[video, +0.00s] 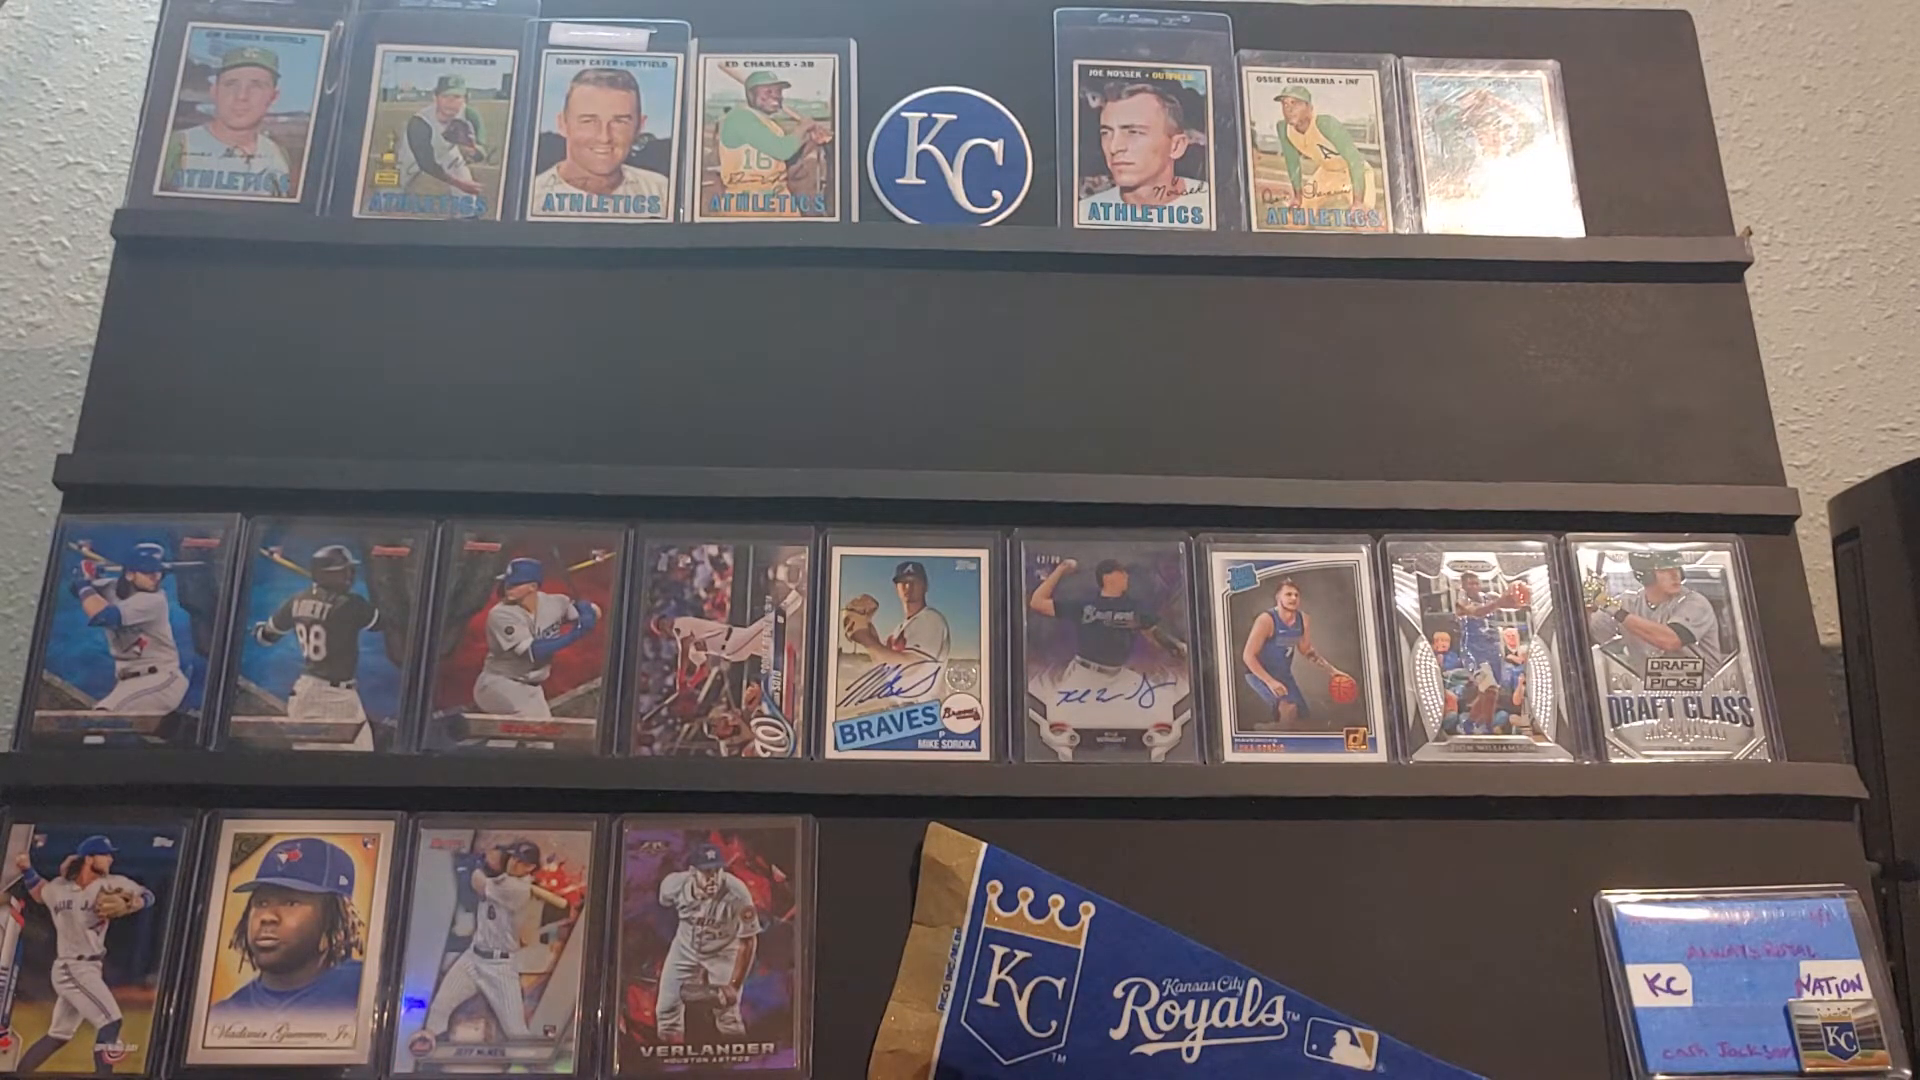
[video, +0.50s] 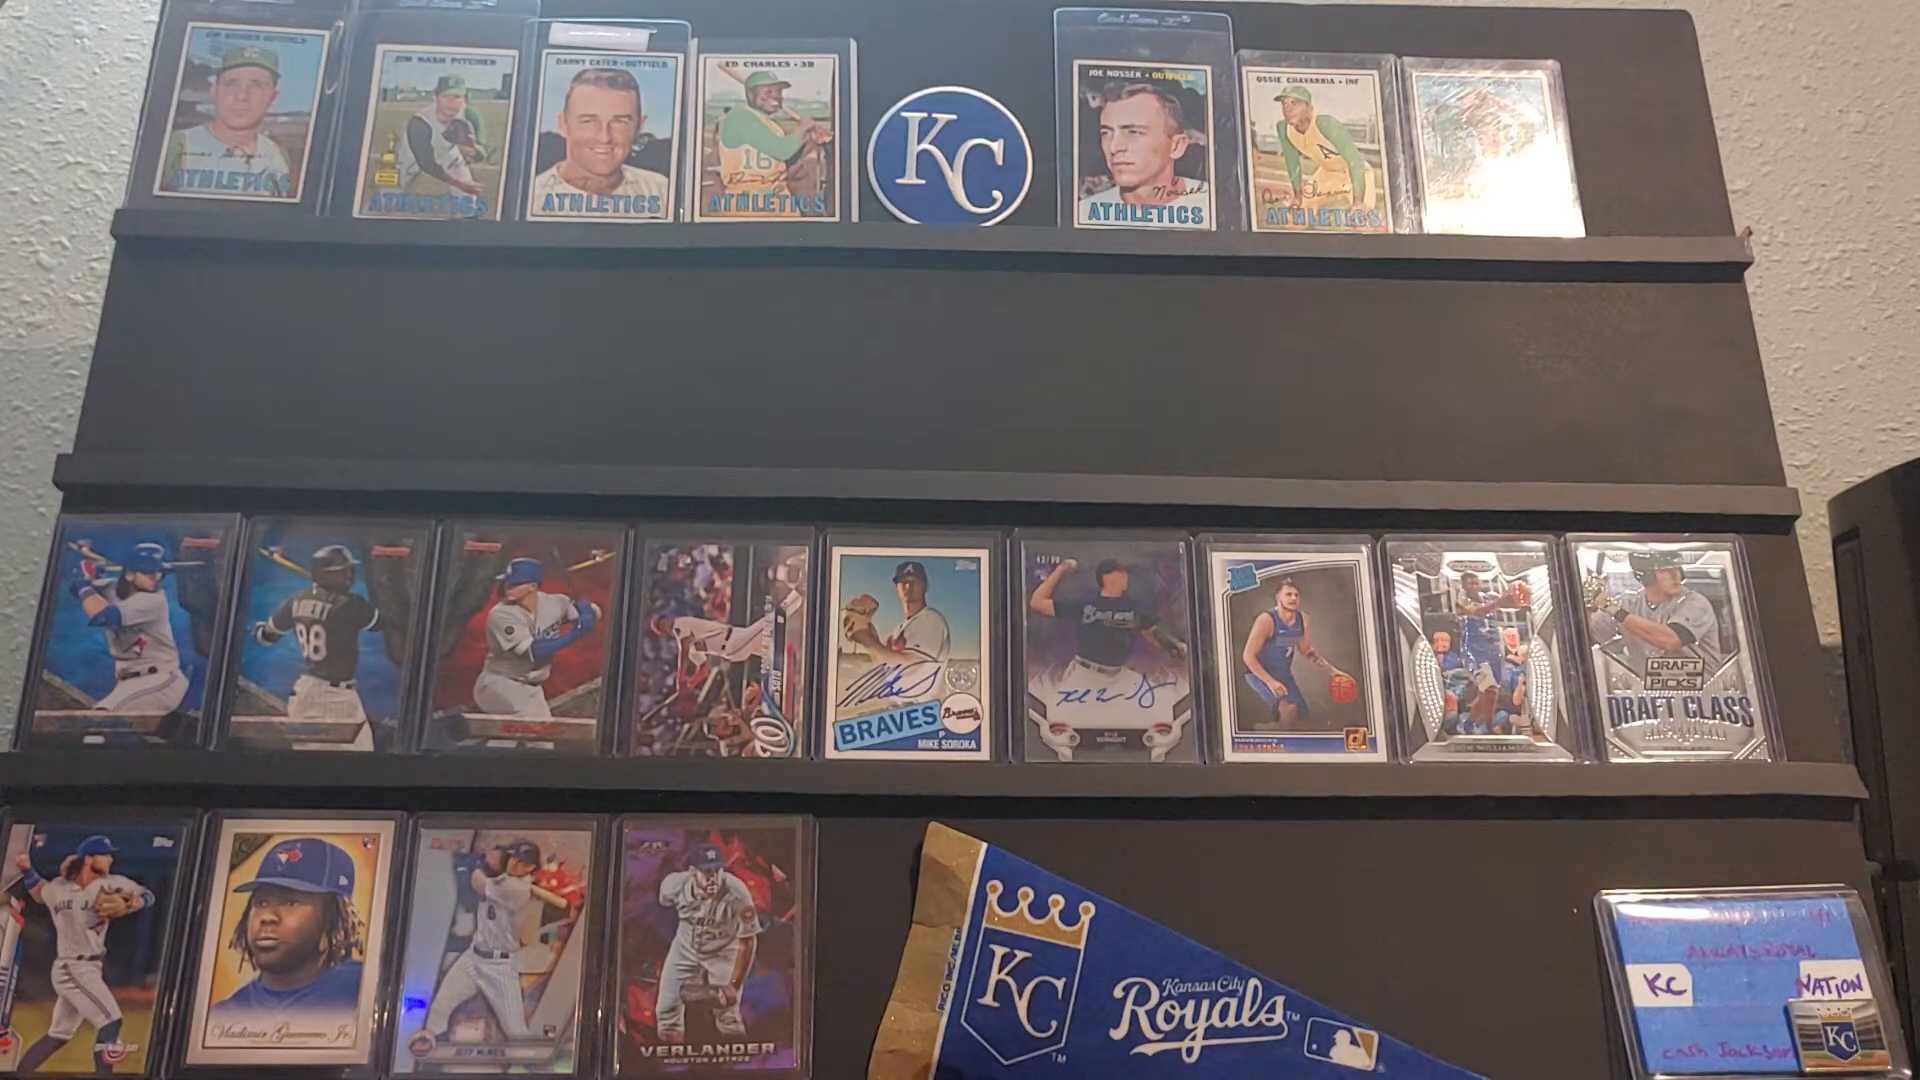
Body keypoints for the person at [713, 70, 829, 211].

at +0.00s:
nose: (776, 97)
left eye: (778, 92)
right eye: (769, 92)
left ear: (782, 93)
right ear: (752, 94)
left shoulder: (773, 126)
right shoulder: (739, 118)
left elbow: (785, 167)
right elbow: (782, 151)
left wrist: (811, 143)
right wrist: (803, 128)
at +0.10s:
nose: (776, 97)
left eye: (778, 92)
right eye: (769, 92)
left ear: (782, 93)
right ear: (752, 94)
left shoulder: (773, 126)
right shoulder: (739, 118)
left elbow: (785, 167)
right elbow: (782, 151)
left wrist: (811, 143)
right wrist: (803, 128)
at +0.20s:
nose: (776, 97)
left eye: (778, 92)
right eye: (769, 92)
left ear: (782, 93)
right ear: (752, 94)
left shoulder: (773, 126)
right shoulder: (739, 118)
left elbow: (785, 167)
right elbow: (782, 151)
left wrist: (811, 143)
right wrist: (803, 128)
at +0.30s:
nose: (776, 97)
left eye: (778, 92)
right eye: (769, 92)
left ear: (782, 93)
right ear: (752, 94)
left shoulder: (773, 126)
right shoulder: (739, 118)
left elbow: (785, 168)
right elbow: (783, 151)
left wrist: (811, 143)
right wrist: (803, 128)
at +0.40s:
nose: (776, 97)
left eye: (778, 92)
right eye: (769, 92)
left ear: (782, 93)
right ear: (752, 94)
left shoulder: (773, 126)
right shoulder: (739, 118)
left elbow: (785, 168)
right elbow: (783, 151)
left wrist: (811, 143)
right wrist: (803, 128)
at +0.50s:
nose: (776, 97)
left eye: (778, 92)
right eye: (769, 92)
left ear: (782, 93)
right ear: (752, 94)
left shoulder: (773, 126)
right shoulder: (739, 118)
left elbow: (785, 168)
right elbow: (782, 151)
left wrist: (811, 143)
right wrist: (803, 128)